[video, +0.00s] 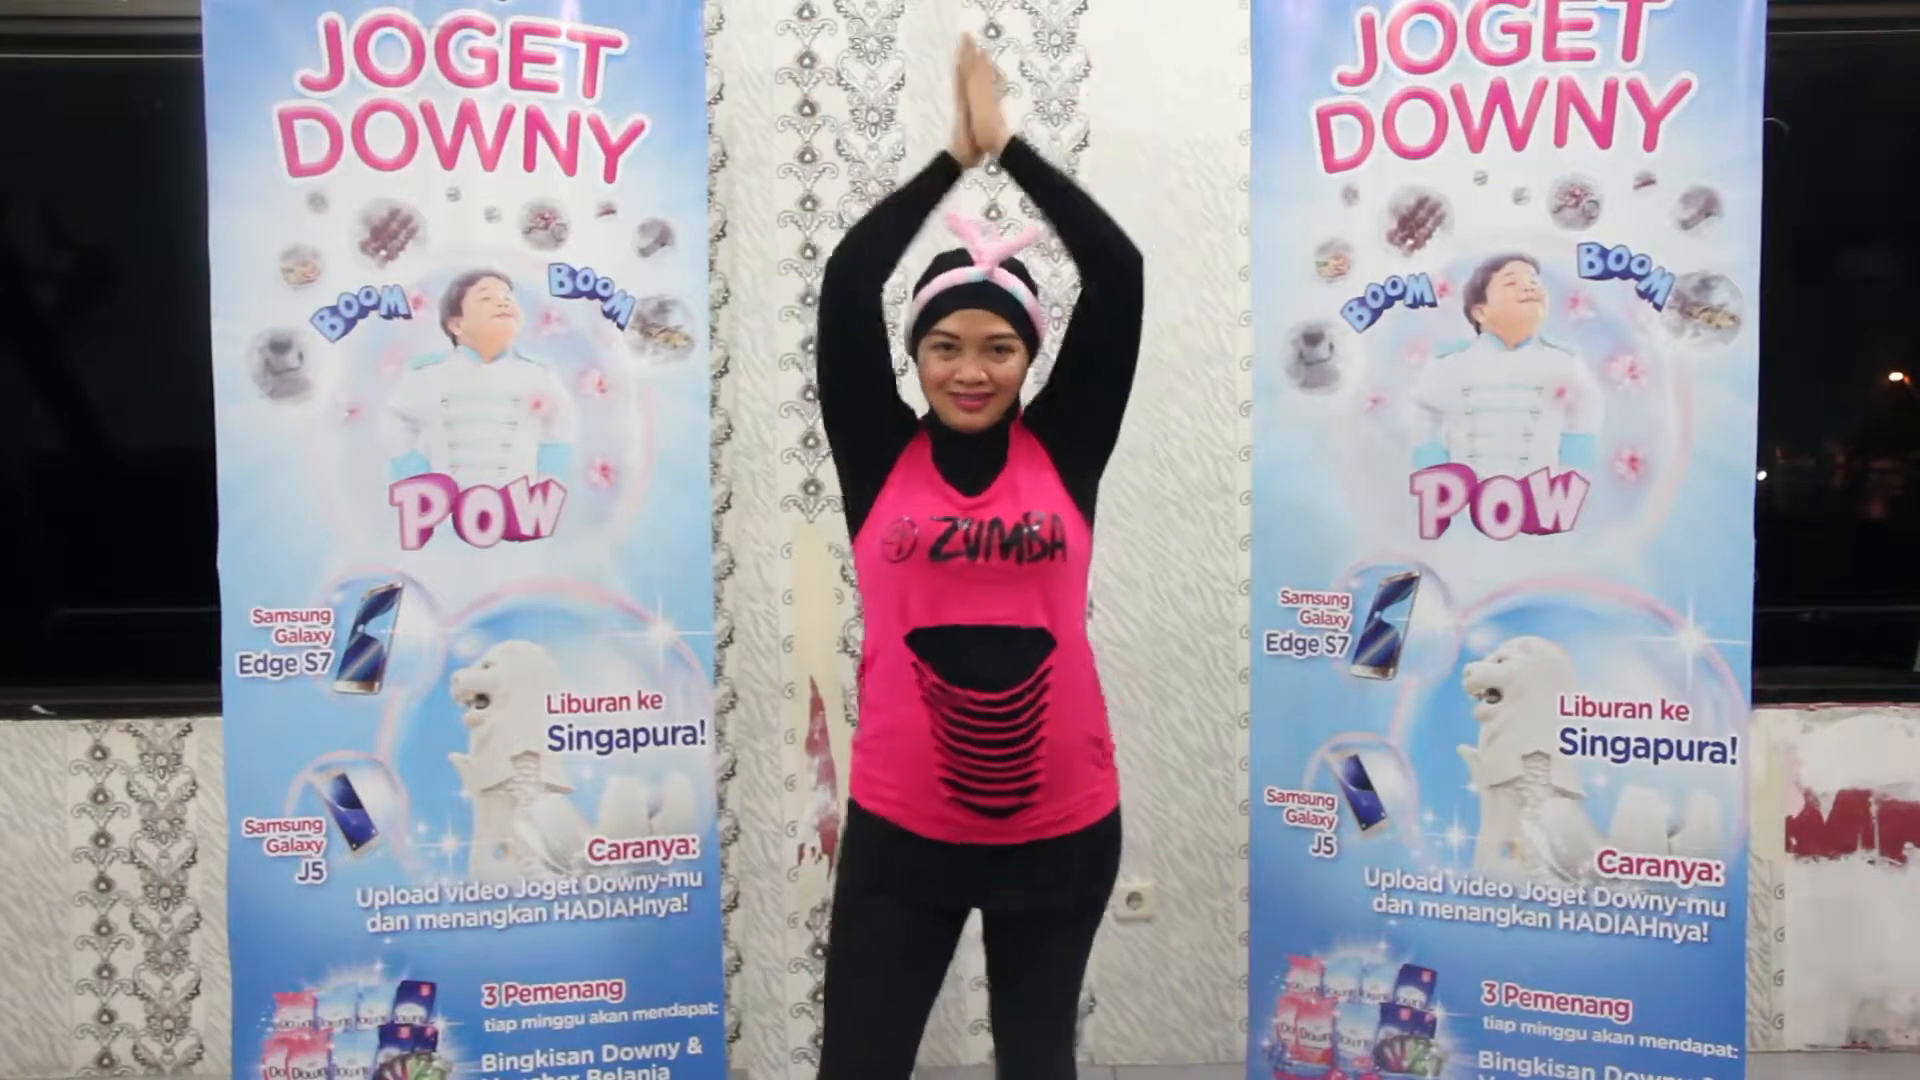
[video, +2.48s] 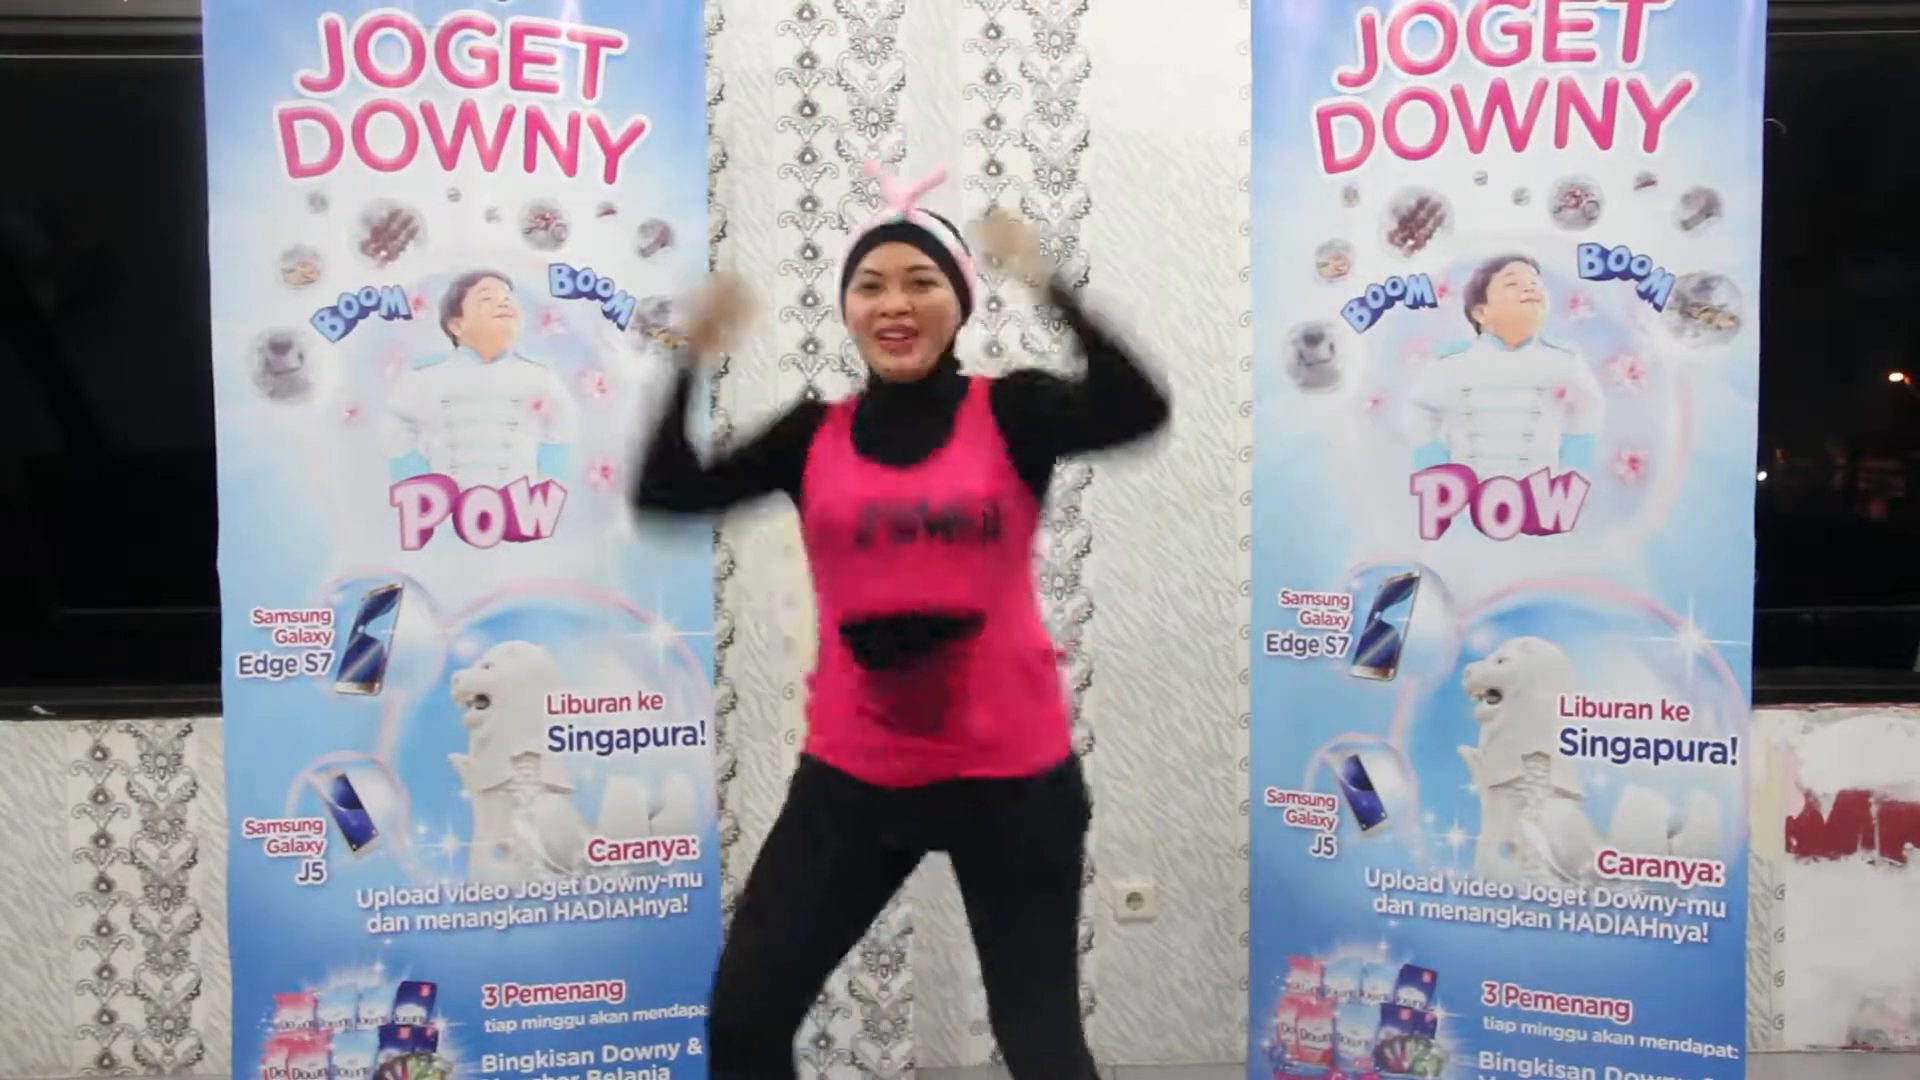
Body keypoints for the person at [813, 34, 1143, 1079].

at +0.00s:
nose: (971, 369)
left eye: (996, 349)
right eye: (949, 348)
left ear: (1029, 362)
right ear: (916, 360)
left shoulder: (1063, 455)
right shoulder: (879, 459)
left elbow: (1119, 269)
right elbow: (846, 284)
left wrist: (1007, 147)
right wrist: (955, 155)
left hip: (1056, 833)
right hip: (902, 830)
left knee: (1037, 1062)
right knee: (858, 1064)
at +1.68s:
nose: (967, 365)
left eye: (993, 347)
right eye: (944, 344)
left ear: (1023, 371)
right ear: (912, 365)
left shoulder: (1054, 472)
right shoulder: (865, 468)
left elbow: (1130, 331)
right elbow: (801, 336)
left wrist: (1014, 216)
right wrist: (917, 214)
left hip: (1052, 839)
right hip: (895, 842)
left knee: (1048, 1060)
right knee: (824, 1064)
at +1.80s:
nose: (966, 360)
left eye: (992, 345)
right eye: (944, 337)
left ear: (1019, 372)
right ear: (908, 356)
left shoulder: (1043, 475)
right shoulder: (850, 470)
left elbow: (1159, 448)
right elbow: (761, 465)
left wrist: (1084, 304)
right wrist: (832, 312)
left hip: (1039, 828)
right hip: (886, 829)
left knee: (1024, 1061)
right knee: (836, 1062)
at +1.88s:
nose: (938, 337)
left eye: (965, 322)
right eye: (919, 312)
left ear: (995, 353)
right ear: (883, 331)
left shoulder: (1034, 456)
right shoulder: (845, 458)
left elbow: (1119, 561)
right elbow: (787, 524)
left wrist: (1096, 412)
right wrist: (846, 380)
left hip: (1018, 824)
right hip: (868, 818)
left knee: (990, 1060)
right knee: (863, 1062)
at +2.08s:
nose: (918, 310)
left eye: (940, 295)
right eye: (895, 299)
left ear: (979, 324)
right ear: (869, 333)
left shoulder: (1028, 441)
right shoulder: (826, 452)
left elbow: (1092, 518)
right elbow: (806, 573)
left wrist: (988, 405)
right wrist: (899, 512)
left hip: (1009, 794)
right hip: (860, 803)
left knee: (1024, 1034)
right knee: (878, 1057)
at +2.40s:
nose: (906, 328)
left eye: (930, 310)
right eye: (884, 314)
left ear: (976, 336)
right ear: (861, 348)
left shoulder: (1032, 453)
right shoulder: (836, 480)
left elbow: (1136, 526)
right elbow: (741, 621)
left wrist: (1012, 425)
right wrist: (738, 523)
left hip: (1024, 809)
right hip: (872, 800)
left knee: (1034, 1059)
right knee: (744, 981)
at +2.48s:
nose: (895, 303)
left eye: (920, 282)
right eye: (872, 285)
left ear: (960, 304)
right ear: (846, 310)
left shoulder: (1014, 410)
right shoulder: (812, 435)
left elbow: (1139, 409)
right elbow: (664, 492)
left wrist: (1053, 287)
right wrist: (690, 359)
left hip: (1011, 780)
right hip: (857, 781)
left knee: (1042, 1042)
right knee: (744, 1022)